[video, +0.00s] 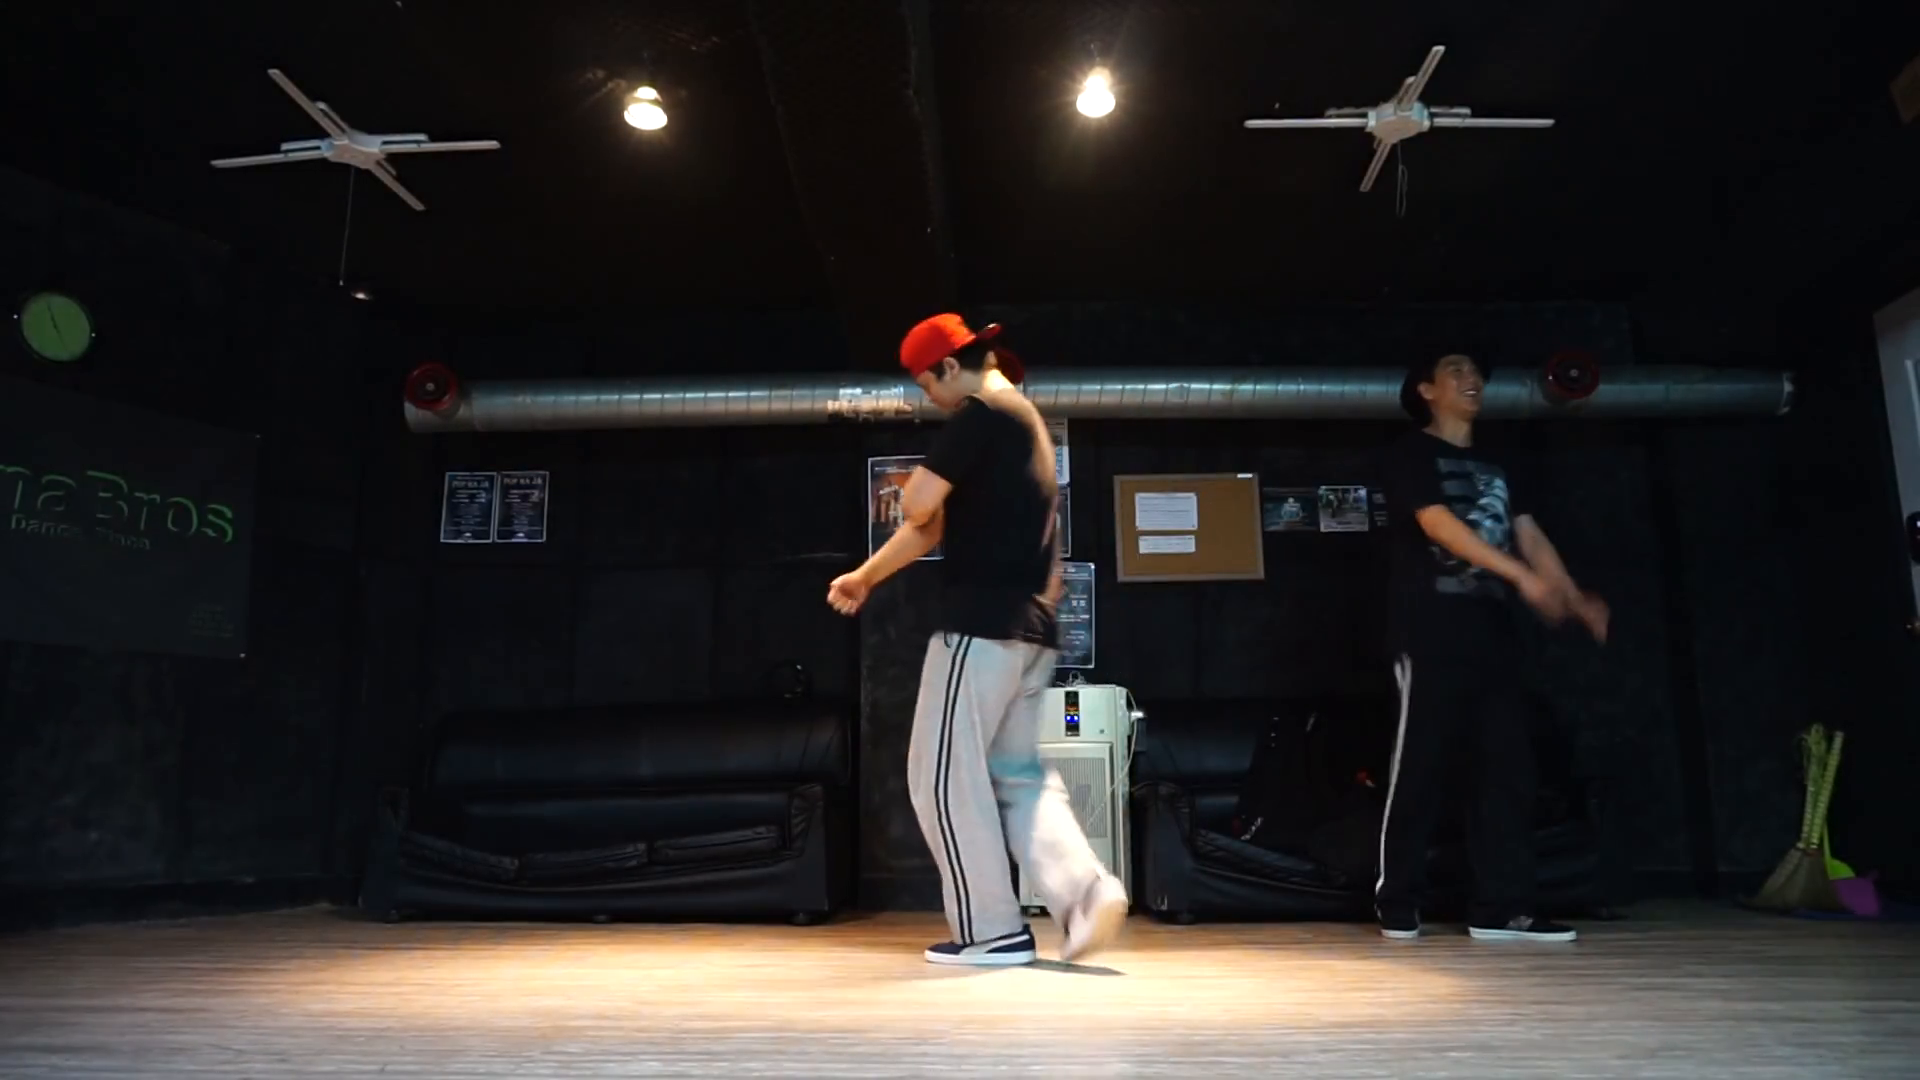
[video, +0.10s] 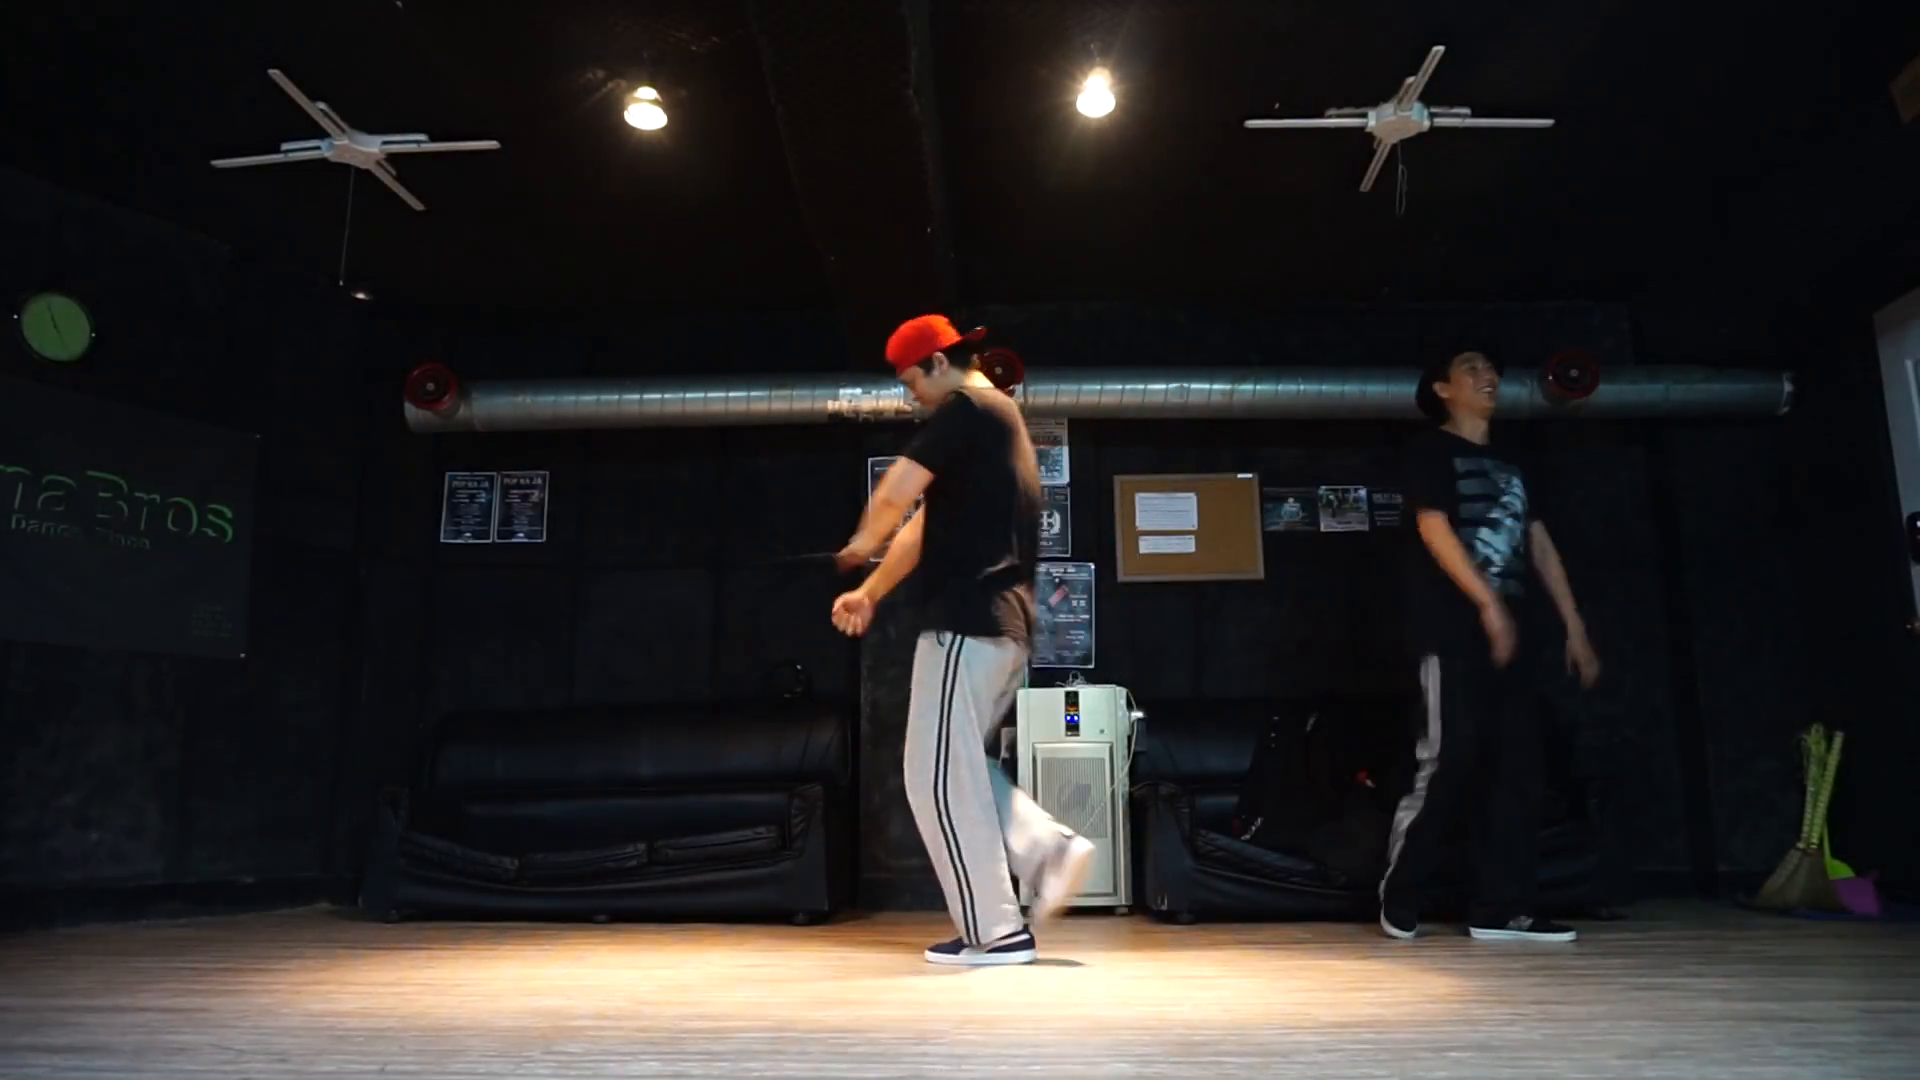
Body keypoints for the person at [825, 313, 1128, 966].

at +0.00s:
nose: (927, 400)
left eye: (925, 386)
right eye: (922, 389)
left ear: (946, 368)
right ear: (971, 361)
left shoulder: (976, 416)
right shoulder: (1023, 415)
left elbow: (917, 508)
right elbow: (933, 529)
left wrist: (916, 481)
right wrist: (866, 575)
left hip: (977, 624)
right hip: (1028, 624)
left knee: (942, 774)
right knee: (1015, 772)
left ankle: (992, 934)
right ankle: (1083, 891)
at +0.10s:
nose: (908, 396)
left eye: (909, 381)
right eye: (904, 385)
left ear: (936, 363)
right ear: (945, 362)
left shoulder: (964, 412)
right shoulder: (991, 414)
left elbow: (894, 495)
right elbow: (923, 526)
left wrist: (862, 546)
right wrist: (871, 592)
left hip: (963, 624)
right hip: (995, 622)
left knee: (937, 774)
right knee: (957, 763)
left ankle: (993, 933)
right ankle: (1046, 853)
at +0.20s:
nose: (892, 394)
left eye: (892, 380)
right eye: (888, 382)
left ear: (914, 364)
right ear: (940, 360)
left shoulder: (943, 409)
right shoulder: (978, 415)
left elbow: (872, 495)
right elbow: (919, 529)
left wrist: (818, 571)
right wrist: (853, 589)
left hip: (951, 622)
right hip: (961, 618)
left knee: (938, 777)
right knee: (879, 739)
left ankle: (996, 932)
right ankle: (992, 834)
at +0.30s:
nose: (872, 396)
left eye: (872, 383)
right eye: (868, 385)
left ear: (894, 368)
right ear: (920, 363)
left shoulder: (918, 410)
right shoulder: (958, 416)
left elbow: (856, 502)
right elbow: (913, 529)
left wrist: (806, 584)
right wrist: (820, 541)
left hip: (930, 622)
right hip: (936, 618)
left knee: (933, 770)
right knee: (847, 732)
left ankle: (1000, 930)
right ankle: (913, 874)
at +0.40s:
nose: (849, 397)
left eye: (851, 384)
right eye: (846, 386)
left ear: (877, 370)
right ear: (898, 369)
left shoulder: (890, 418)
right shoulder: (936, 423)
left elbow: (836, 508)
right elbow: (908, 537)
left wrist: (787, 589)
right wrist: (836, 513)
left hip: (908, 626)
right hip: (913, 625)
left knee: (926, 772)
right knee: (831, 753)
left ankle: (1001, 927)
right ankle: (840, 914)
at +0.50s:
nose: (826, 402)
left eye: (830, 388)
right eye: (824, 390)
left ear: (861, 378)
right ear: (869, 379)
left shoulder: (875, 430)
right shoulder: (904, 431)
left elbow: (820, 523)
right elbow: (876, 519)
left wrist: (768, 595)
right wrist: (817, 506)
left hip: (883, 636)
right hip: (860, 637)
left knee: (912, 781)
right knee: (817, 770)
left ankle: (998, 924)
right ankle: (821, 925)